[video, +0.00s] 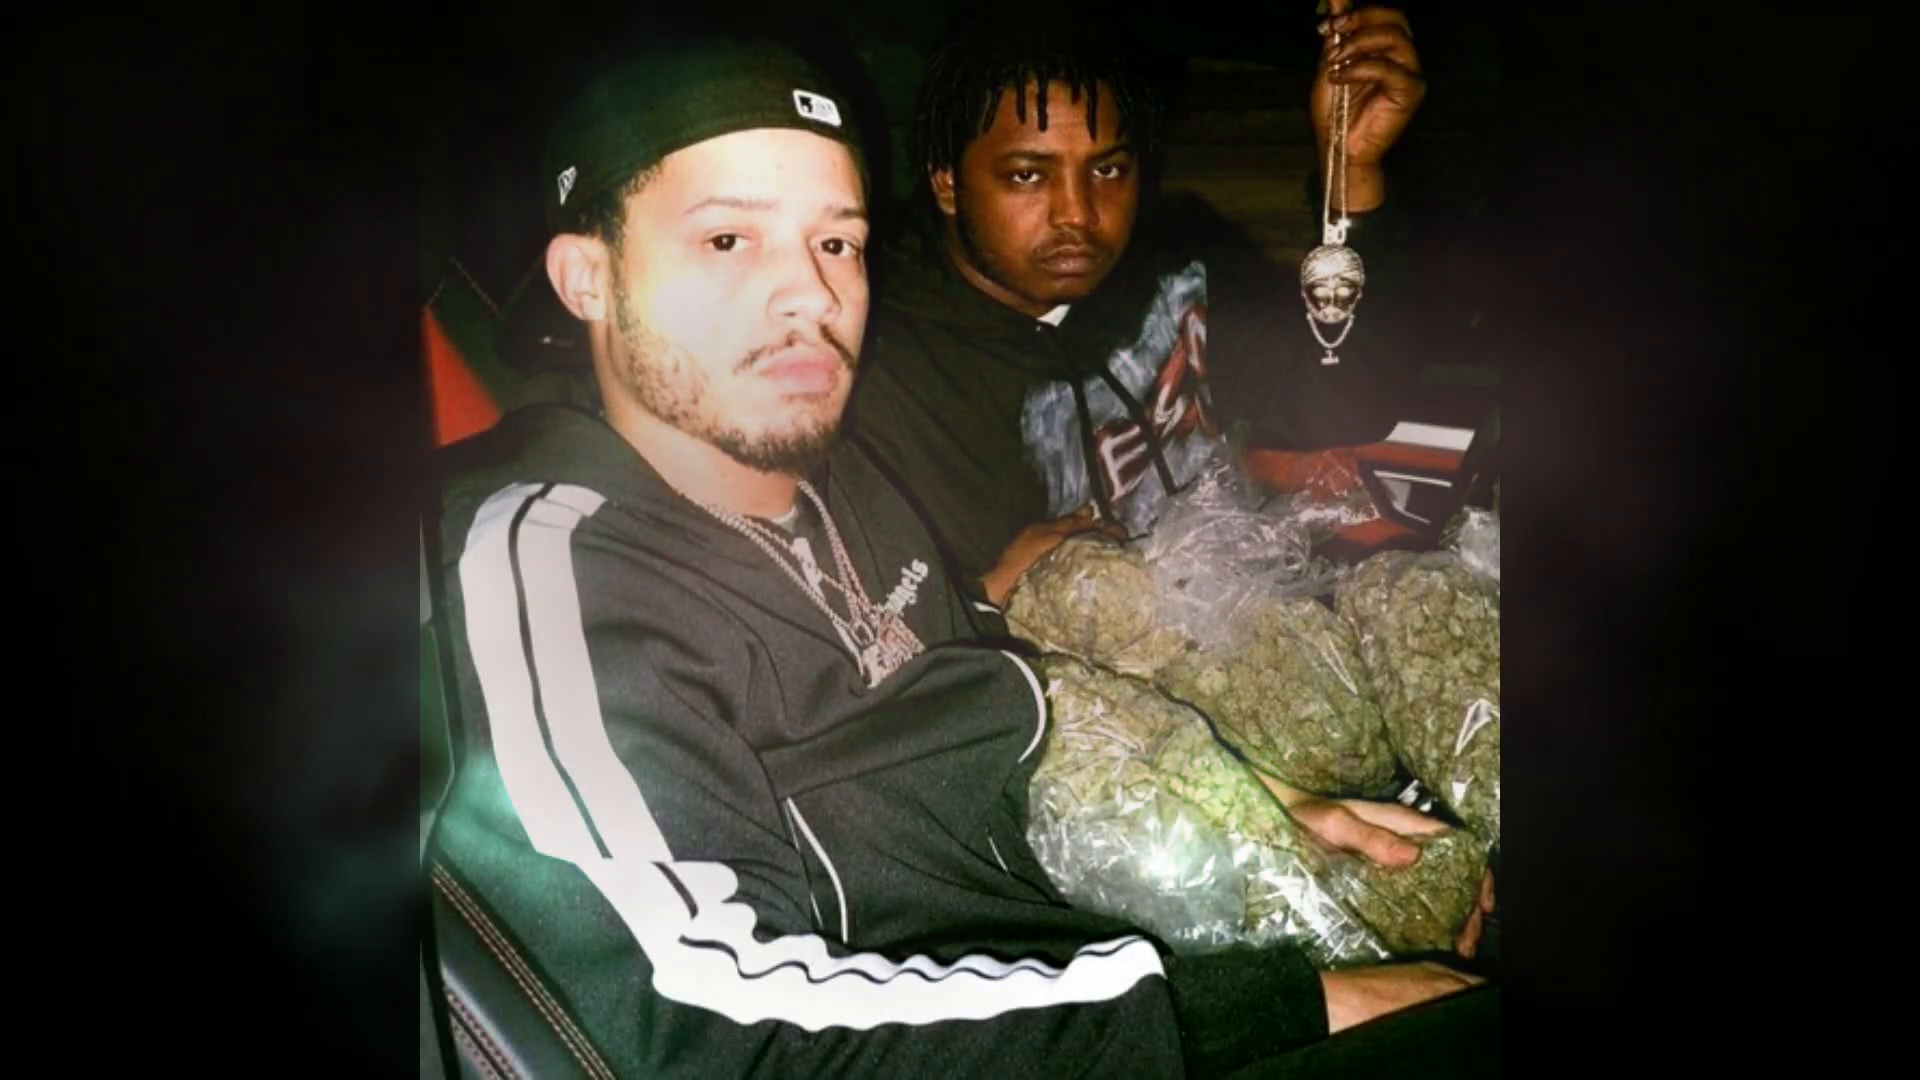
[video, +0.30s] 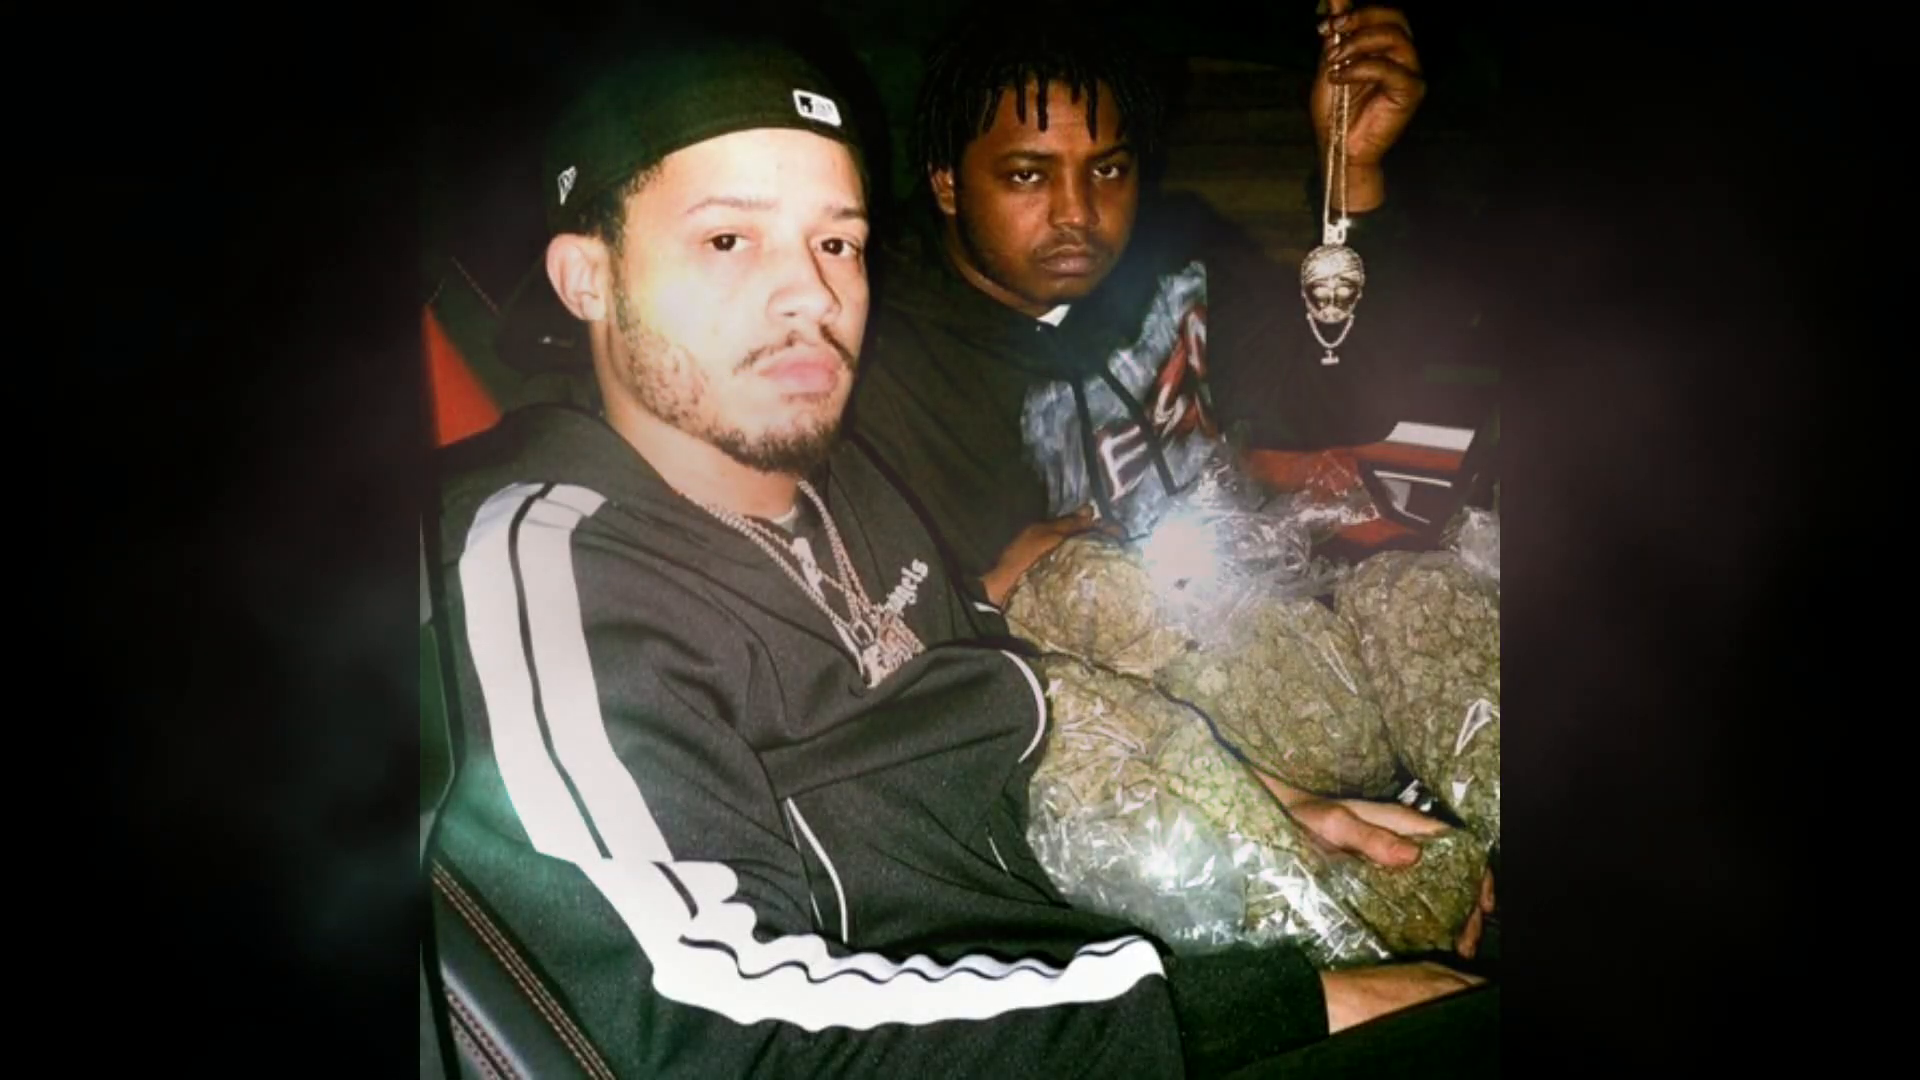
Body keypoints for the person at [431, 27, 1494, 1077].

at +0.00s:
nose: (812, 305)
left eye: (836, 249)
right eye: (728, 245)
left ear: (867, 266)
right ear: (585, 280)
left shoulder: (835, 483)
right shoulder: (532, 560)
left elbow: (1003, 754)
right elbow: (700, 1021)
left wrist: (1264, 831)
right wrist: (1273, 1008)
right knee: (1450, 1009)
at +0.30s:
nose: (811, 304)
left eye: (835, 247)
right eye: (728, 244)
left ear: (866, 266)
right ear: (586, 279)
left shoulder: (834, 483)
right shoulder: (533, 558)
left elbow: (1013, 739)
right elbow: (703, 1016)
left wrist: (1266, 827)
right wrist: (1276, 1008)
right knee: (1458, 1004)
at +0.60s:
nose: (811, 304)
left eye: (835, 248)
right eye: (729, 245)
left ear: (866, 267)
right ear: (587, 281)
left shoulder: (831, 485)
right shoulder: (534, 554)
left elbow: (1009, 758)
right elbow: (704, 1015)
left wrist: (1268, 825)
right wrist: (1278, 1008)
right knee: (1457, 1009)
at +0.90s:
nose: (812, 304)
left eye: (836, 249)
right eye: (729, 245)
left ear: (866, 268)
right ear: (588, 282)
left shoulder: (826, 489)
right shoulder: (535, 555)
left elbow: (1007, 762)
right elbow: (703, 1016)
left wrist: (1269, 823)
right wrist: (1279, 1007)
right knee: (1472, 1009)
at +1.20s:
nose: (811, 304)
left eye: (836, 249)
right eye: (729, 245)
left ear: (867, 269)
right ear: (588, 282)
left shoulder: (825, 490)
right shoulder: (536, 554)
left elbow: (1005, 751)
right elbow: (708, 1015)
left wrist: (1271, 824)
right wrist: (1278, 1005)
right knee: (1470, 1006)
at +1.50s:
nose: (810, 303)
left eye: (835, 249)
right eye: (728, 244)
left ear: (867, 269)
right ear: (587, 282)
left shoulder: (825, 483)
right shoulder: (535, 556)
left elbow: (1011, 753)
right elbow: (712, 1015)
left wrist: (1267, 821)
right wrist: (1280, 1006)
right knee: (1487, 1005)